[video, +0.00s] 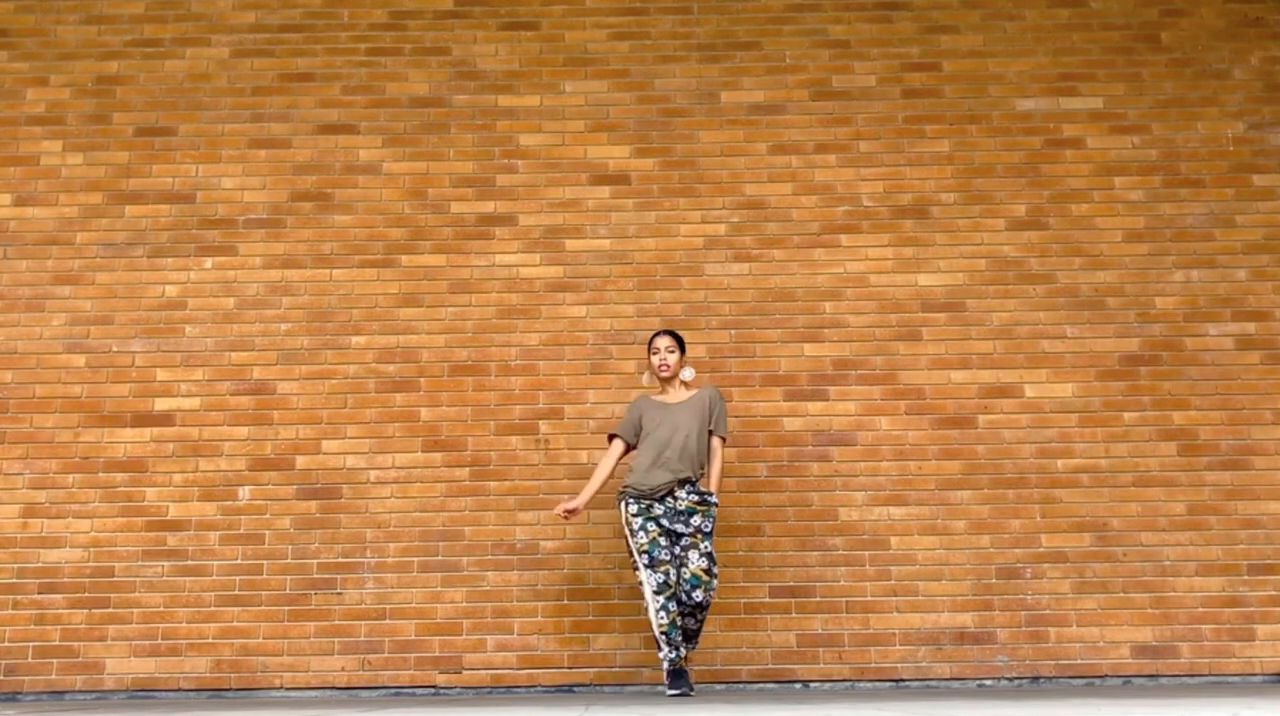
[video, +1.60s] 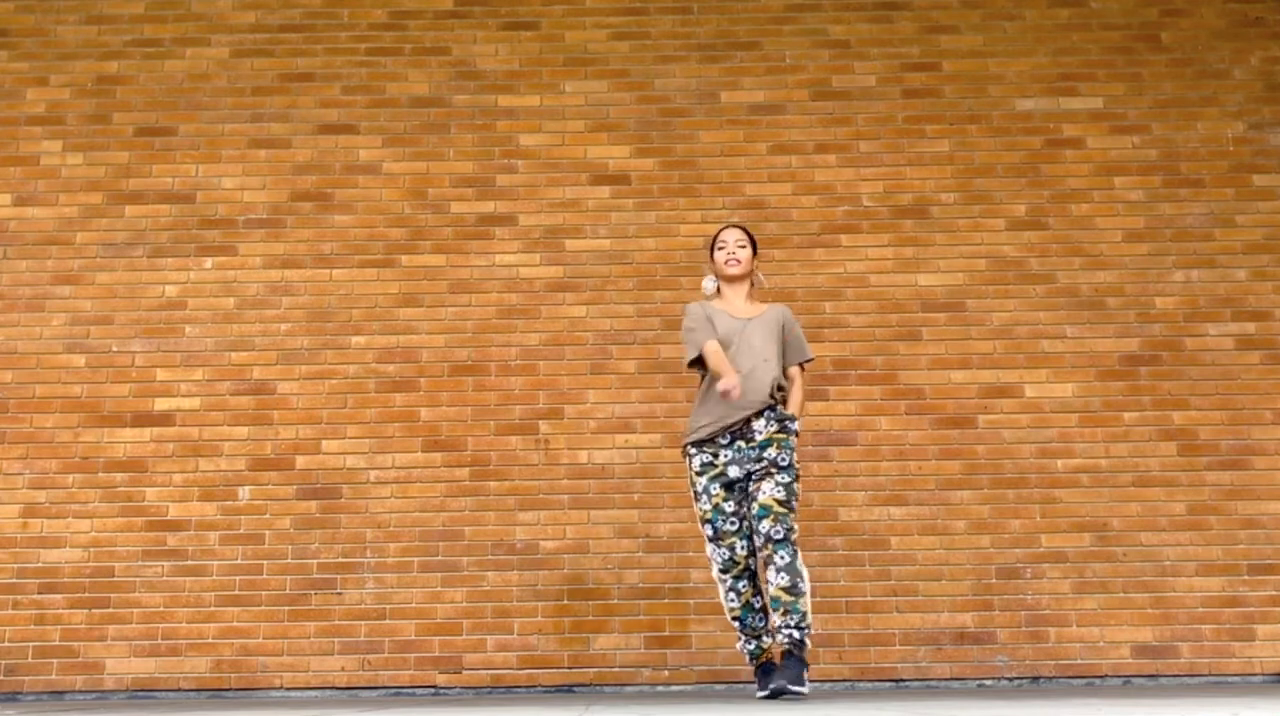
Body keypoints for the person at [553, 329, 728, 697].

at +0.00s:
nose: (662, 358)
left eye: (669, 351)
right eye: (656, 353)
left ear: (682, 358)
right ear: (649, 360)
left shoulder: (707, 397)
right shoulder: (641, 405)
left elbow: (716, 451)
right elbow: (613, 454)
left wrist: (710, 497)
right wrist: (582, 500)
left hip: (690, 501)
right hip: (643, 503)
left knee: (698, 583)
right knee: (659, 581)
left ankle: (680, 654)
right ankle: (675, 667)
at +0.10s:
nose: (673, 349)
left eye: (679, 343)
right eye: (665, 344)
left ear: (691, 349)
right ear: (657, 353)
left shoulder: (713, 393)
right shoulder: (645, 400)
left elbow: (717, 445)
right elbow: (635, 447)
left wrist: (712, 489)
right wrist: (621, 495)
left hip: (697, 497)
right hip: (649, 501)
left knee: (697, 580)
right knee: (663, 583)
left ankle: (697, 651)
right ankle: (676, 668)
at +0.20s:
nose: (679, 333)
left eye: (686, 327)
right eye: (672, 328)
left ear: (698, 334)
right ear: (663, 336)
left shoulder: (712, 376)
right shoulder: (648, 380)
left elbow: (720, 426)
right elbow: (653, 429)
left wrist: (721, 466)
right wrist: (661, 471)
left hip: (706, 483)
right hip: (660, 487)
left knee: (701, 563)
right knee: (668, 574)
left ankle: (707, 649)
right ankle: (677, 664)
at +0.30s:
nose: (679, 327)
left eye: (686, 321)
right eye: (672, 322)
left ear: (698, 329)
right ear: (663, 330)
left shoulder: (715, 370)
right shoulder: (650, 374)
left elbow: (727, 422)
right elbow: (661, 416)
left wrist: (731, 463)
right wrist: (697, 436)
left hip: (713, 481)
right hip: (666, 486)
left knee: (712, 563)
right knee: (678, 573)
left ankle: (717, 658)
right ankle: (681, 664)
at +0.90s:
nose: (693, 294)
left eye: (702, 287)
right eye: (688, 289)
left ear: (723, 301)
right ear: (684, 303)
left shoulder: (750, 351)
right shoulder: (677, 352)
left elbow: (764, 410)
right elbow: (655, 410)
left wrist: (773, 450)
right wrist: (627, 466)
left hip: (756, 461)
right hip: (707, 465)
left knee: (758, 547)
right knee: (732, 543)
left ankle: (736, 651)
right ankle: (730, 652)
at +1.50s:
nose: (730, 260)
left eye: (737, 252)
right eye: (720, 258)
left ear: (755, 263)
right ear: (713, 273)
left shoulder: (780, 321)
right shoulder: (699, 319)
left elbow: (799, 384)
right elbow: (691, 377)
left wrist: (788, 429)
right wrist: (676, 434)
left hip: (769, 445)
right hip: (710, 452)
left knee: (778, 545)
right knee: (730, 557)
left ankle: (800, 658)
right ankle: (761, 663)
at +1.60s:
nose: (731, 252)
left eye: (740, 246)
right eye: (722, 247)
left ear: (755, 260)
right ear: (711, 263)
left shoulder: (778, 314)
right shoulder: (699, 313)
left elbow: (795, 380)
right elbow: (711, 350)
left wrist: (790, 422)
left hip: (769, 435)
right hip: (711, 444)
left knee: (775, 534)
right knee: (731, 552)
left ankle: (791, 653)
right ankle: (762, 661)